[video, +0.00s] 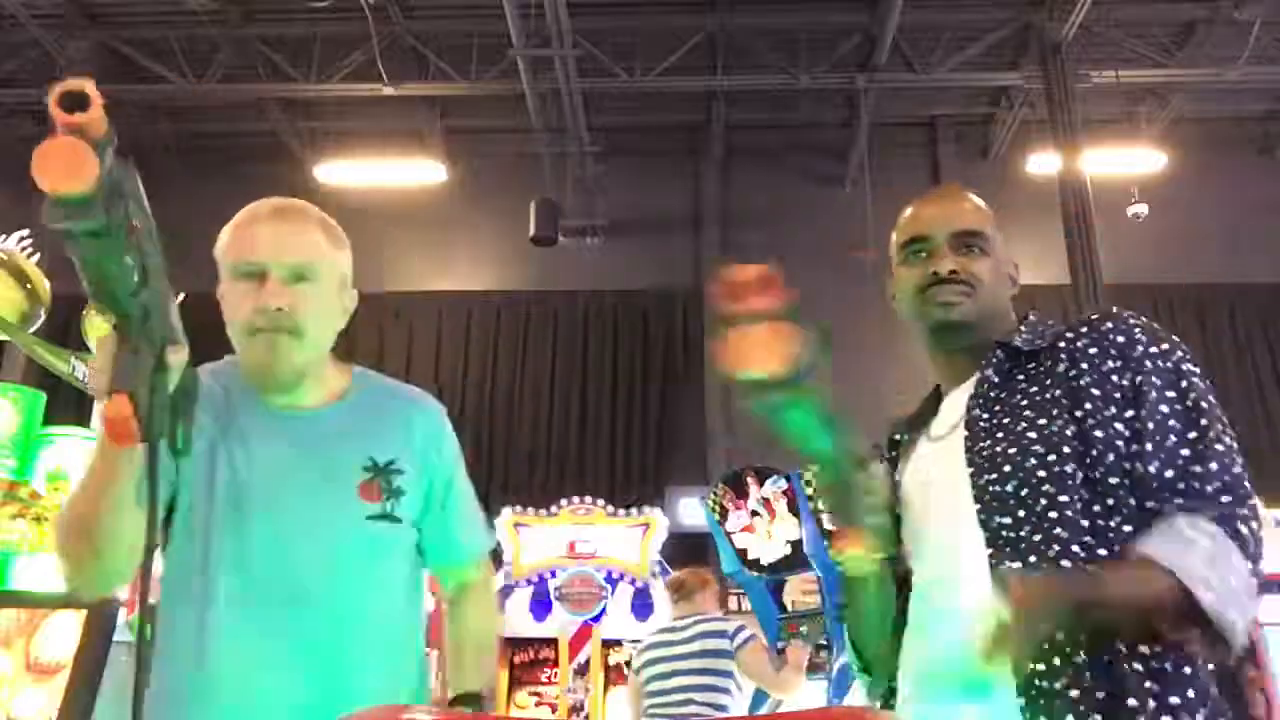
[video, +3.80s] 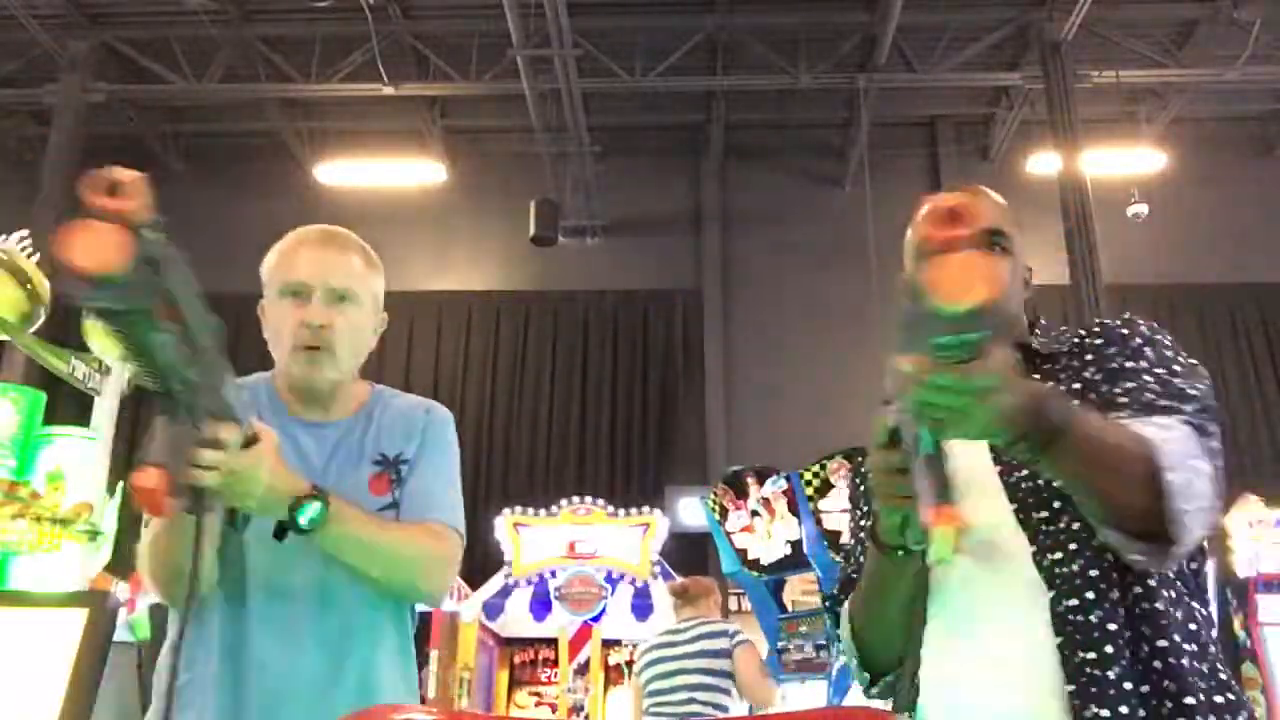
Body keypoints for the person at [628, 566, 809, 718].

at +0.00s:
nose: (719, 607)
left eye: (718, 599)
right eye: (716, 599)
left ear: (672, 602)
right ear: (705, 595)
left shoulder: (645, 645)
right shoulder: (728, 628)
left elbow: (637, 712)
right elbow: (782, 687)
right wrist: (797, 663)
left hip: (659, 715)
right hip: (712, 713)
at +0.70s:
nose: (722, 610)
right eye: (720, 604)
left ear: (675, 610)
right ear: (713, 600)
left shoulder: (646, 648)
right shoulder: (730, 633)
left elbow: (637, 713)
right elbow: (779, 692)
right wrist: (797, 667)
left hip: (658, 714)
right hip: (710, 712)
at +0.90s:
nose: (721, 609)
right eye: (720, 603)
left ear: (676, 608)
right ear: (714, 599)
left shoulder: (646, 647)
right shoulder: (729, 632)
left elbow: (637, 713)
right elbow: (752, 694)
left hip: (657, 716)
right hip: (707, 714)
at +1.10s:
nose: (720, 607)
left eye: (717, 600)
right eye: (716, 599)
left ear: (672, 607)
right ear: (707, 597)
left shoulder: (645, 647)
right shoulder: (727, 630)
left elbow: (636, 712)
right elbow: (769, 687)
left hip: (655, 715)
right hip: (709, 713)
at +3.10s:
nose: (716, 606)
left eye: (714, 599)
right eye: (715, 599)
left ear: (672, 605)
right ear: (710, 595)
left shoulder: (644, 648)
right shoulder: (729, 631)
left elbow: (637, 712)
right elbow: (781, 683)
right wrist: (798, 657)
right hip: (707, 712)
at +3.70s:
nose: (723, 609)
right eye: (721, 603)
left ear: (675, 609)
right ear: (714, 600)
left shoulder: (646, 650)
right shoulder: (731, 633)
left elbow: (639, 713)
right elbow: (778, 695)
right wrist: (794, 665)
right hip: (710, 712)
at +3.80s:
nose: (721, 611)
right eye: (720, 605)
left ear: (676, 610)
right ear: (714, 602)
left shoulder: (646, 648)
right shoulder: (729, 633)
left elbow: (638, 713)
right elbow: (758, 694)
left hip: (658, 716)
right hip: (707, 714)